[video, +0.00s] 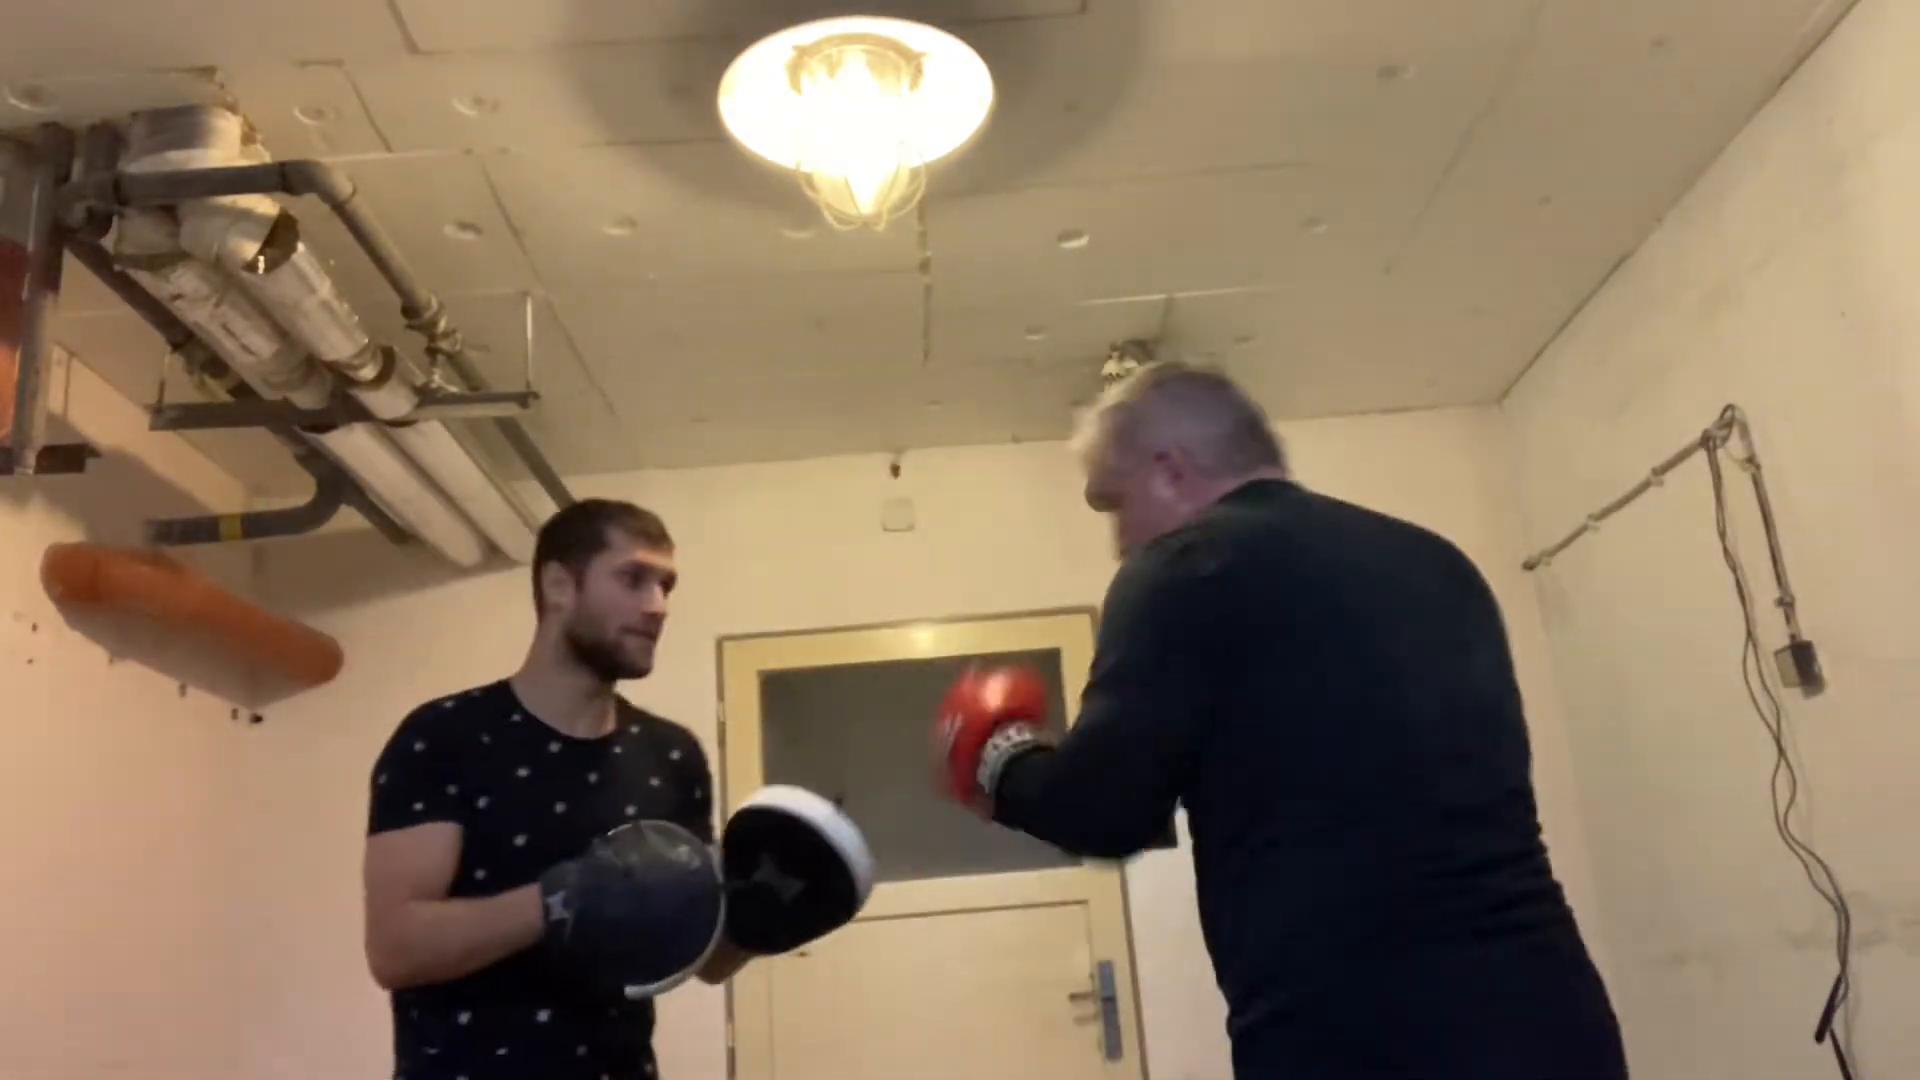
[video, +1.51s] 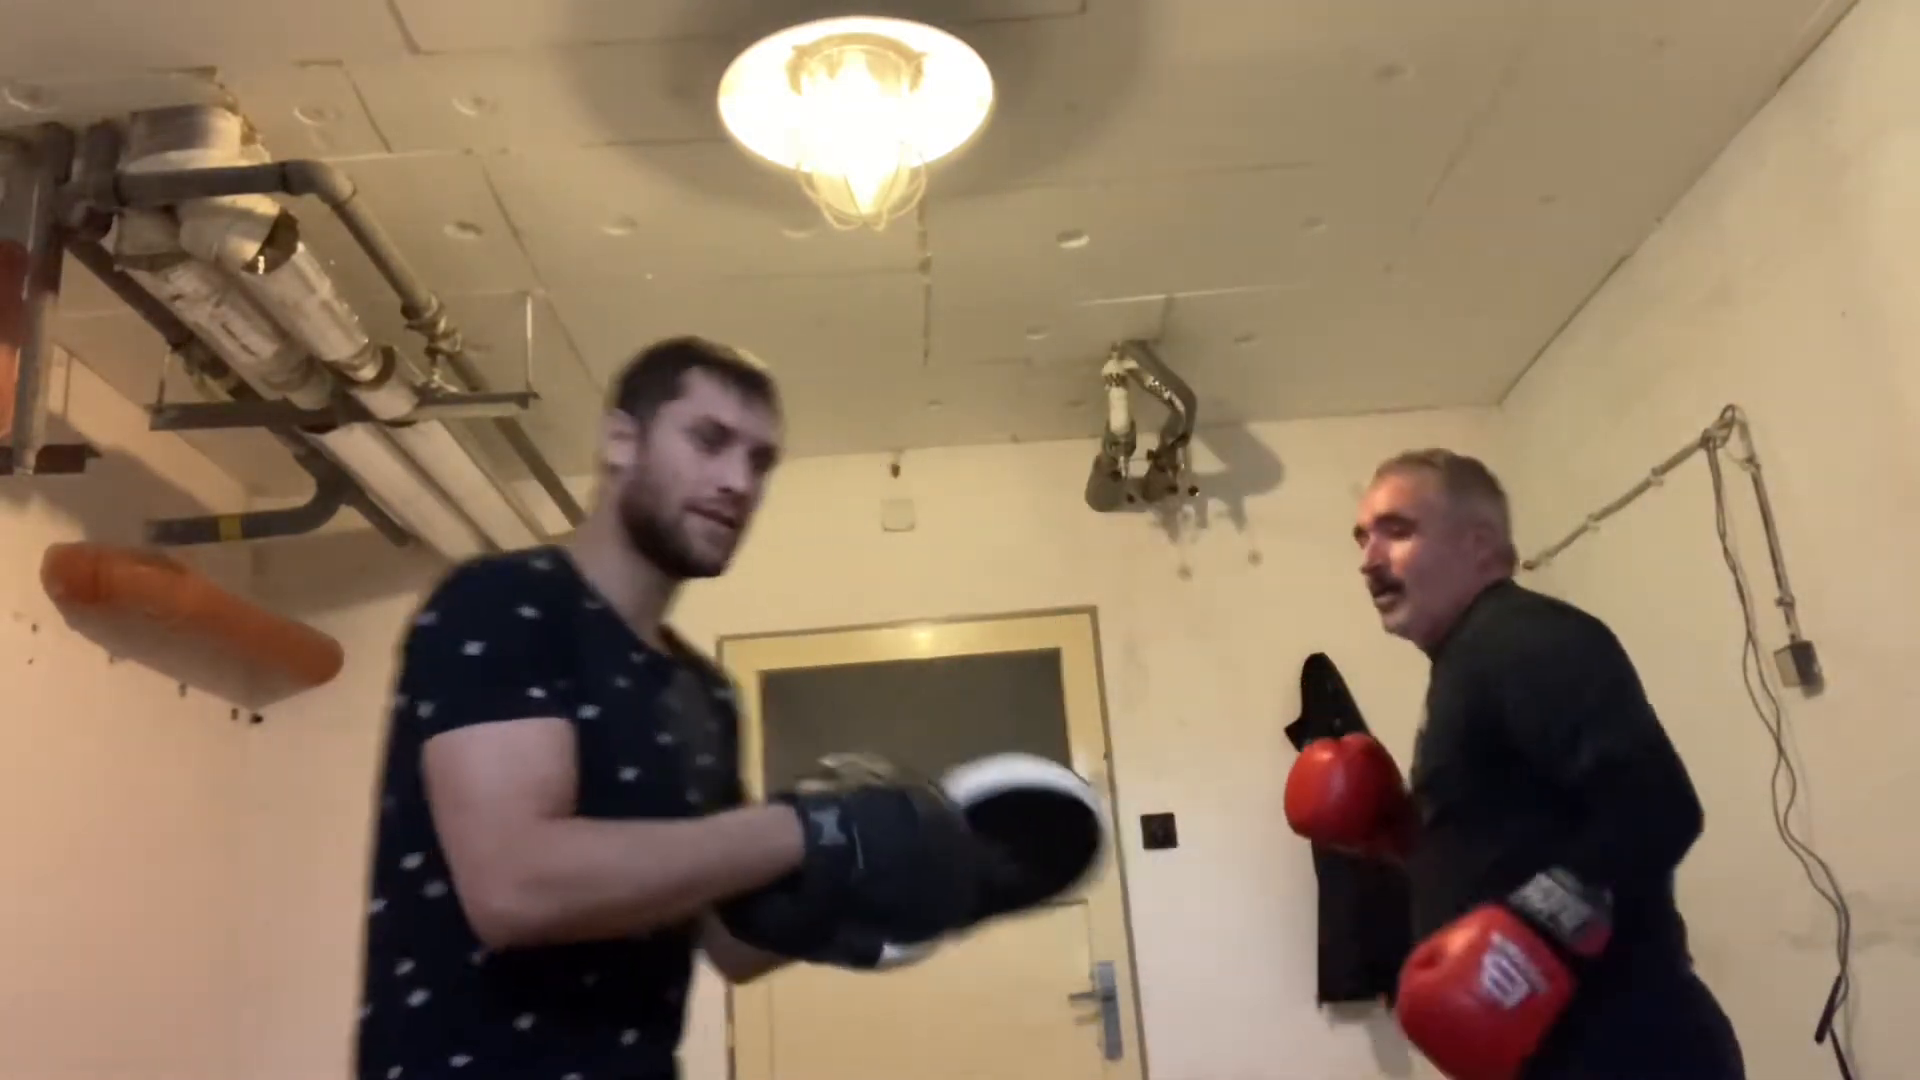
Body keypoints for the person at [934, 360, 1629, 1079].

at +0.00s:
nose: (1118, 546)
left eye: (1113, 508)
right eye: (1107, 516)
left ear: (1170, 473)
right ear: (1262, 458)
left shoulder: (1178, 577)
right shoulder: (1437, 560)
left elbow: (1112, 805)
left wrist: (999, 759)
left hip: (1331, 1030)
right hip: (1544, 1014)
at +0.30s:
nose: (974, 592)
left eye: (968, 553)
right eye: (960, 560)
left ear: (1035, 516)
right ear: (1125, 487)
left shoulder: (1068, 643)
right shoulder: (1314, 548)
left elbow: (1051, 937)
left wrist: (958, 828)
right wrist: (1045, 774)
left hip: (1313, 1046)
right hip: (1535, 1020)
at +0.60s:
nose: (1087, 535)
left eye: (1099, 493)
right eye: (1087, 500)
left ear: (1181, 478)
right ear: (1213, 479)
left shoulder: (1192, 601)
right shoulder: (1411, 580)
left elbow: (1159, 830)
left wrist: (994, 832)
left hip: (1352, 1046)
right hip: (1553, 1033)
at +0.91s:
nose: (1280, 505)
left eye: (1301, 469)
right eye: (1283, 477)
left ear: (1397, 474)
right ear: (1399, 478)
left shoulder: (1411, 585)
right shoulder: (1522, 585)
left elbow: (1439, 777)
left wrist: (1252, 782)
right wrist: (1334, 739)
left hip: (1527, 1047)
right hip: (1641, 1031)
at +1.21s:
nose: (1366, 532)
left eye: (1394, 499)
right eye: (1370, 507)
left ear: (1485, 512)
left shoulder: (1496, 617)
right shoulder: (1555, 622)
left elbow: (1470, 792)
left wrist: (1283, 786)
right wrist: (1388, 756)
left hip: (1549, 1050)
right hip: (1611, 1041)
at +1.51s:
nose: (1368, 558)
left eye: (1396, 530)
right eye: (1363, 538)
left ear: (1480, 543)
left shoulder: (1535, 640)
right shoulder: (1465, 663)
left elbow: (1657, 806)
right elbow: (1506, 857)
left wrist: (1533, 933)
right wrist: (1396, 826)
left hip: (1619, 1047)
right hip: (1553, 1048)